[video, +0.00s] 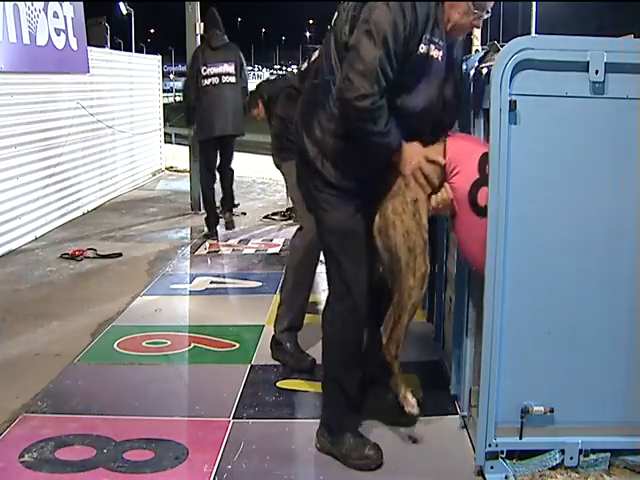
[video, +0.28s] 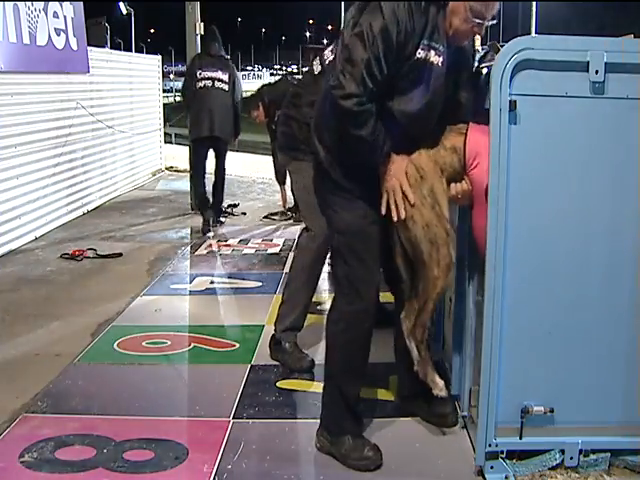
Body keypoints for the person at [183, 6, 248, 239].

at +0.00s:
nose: (206, 34)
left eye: (204, 30)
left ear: (204, 30)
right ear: (223, 29)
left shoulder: (199, 54)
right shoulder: (235, 52)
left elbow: (190, 90)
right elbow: (244, 85)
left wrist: (190, 115)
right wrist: (242, 108)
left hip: (207, 121)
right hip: (232, 119)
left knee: (207, 172)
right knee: (226, 166)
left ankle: (212, 224)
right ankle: (228, 209)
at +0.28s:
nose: (213, 48)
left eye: (207, 45)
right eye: (216, 45)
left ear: (203, 45)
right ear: (220, 46)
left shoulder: (195, 64)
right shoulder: (229, 66)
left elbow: (187, 94)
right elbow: (237, 100)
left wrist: (191, 109)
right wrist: (236, 129)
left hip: (200, 122)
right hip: (223, 122)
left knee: (198, 171)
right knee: (220, 170)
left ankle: (205, 210)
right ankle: (216, 212)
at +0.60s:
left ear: (204, 81)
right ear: (218, 84)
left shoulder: (193, 90)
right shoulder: (220, 94)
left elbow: (181, 117)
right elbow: (227, 125)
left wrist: (183, 139)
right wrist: (229, 152)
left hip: (189, 130)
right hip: (212, 130)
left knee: (192, 167)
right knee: (222, 169)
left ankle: (191, 209)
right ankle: (217, 211)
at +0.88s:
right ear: (216, 120)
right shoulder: (218, 129)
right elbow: (223, 164)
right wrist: (225, 199)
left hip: (179, 134)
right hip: (200, 135)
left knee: (187, 169)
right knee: (221, 168)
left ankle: (190, 210)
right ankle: (214, 213)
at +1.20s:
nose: (230, 101)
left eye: (230, 99)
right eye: (230, 98)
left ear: (219, 89)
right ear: (227, 94)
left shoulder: (200, 92)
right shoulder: (224, 101)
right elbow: (222, 129)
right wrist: (222, 154)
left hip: (182, 124)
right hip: (200, 126)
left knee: (188, 169)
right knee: (215, 165)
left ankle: (191, 211)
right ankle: (213, 211)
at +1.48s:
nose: (235, 68)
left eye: (235, 65)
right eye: (235, 65)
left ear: (219, 60)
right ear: (230, 62)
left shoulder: (204, 72)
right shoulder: (225, 73)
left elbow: (197, 98)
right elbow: (225, 99)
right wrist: (227, 114)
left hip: (189, 123)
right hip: (205, 125)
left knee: (194, 169)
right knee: (217, 167)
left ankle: (192, 209)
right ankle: (215, 209)